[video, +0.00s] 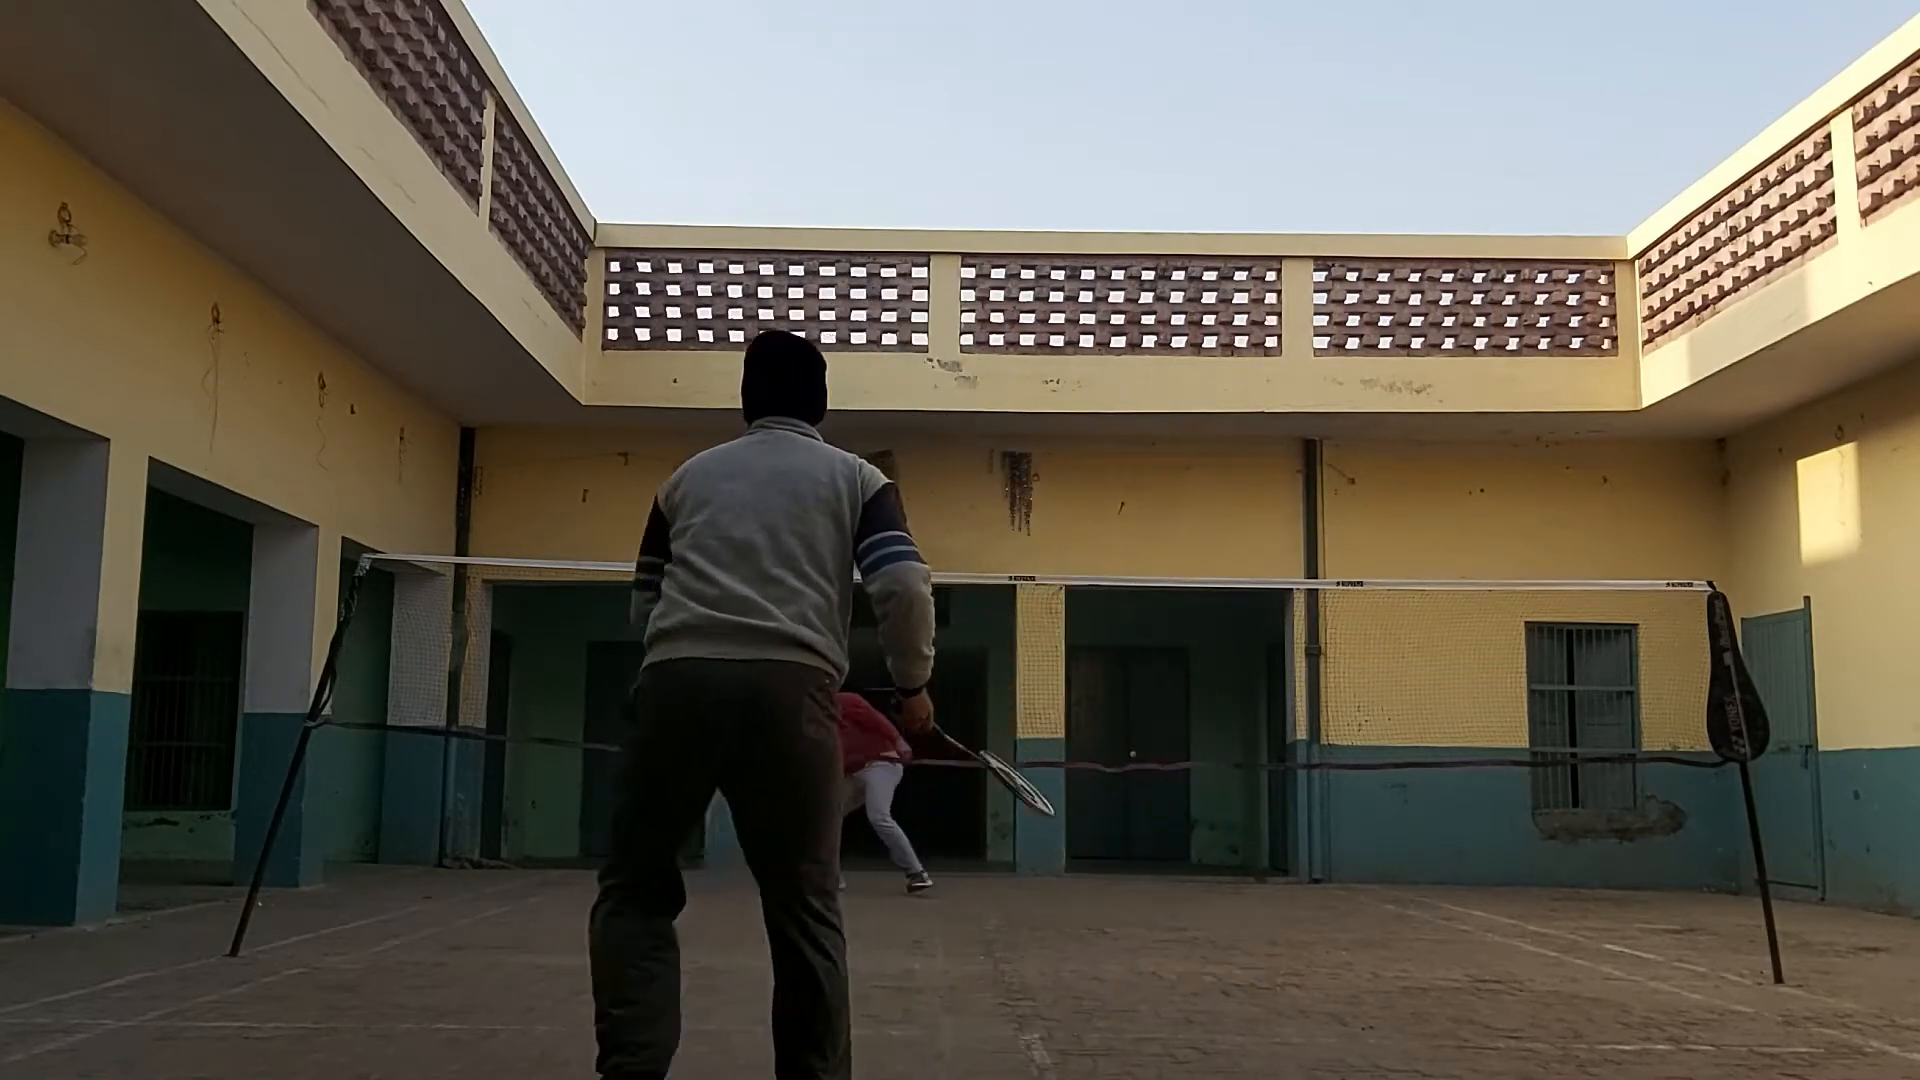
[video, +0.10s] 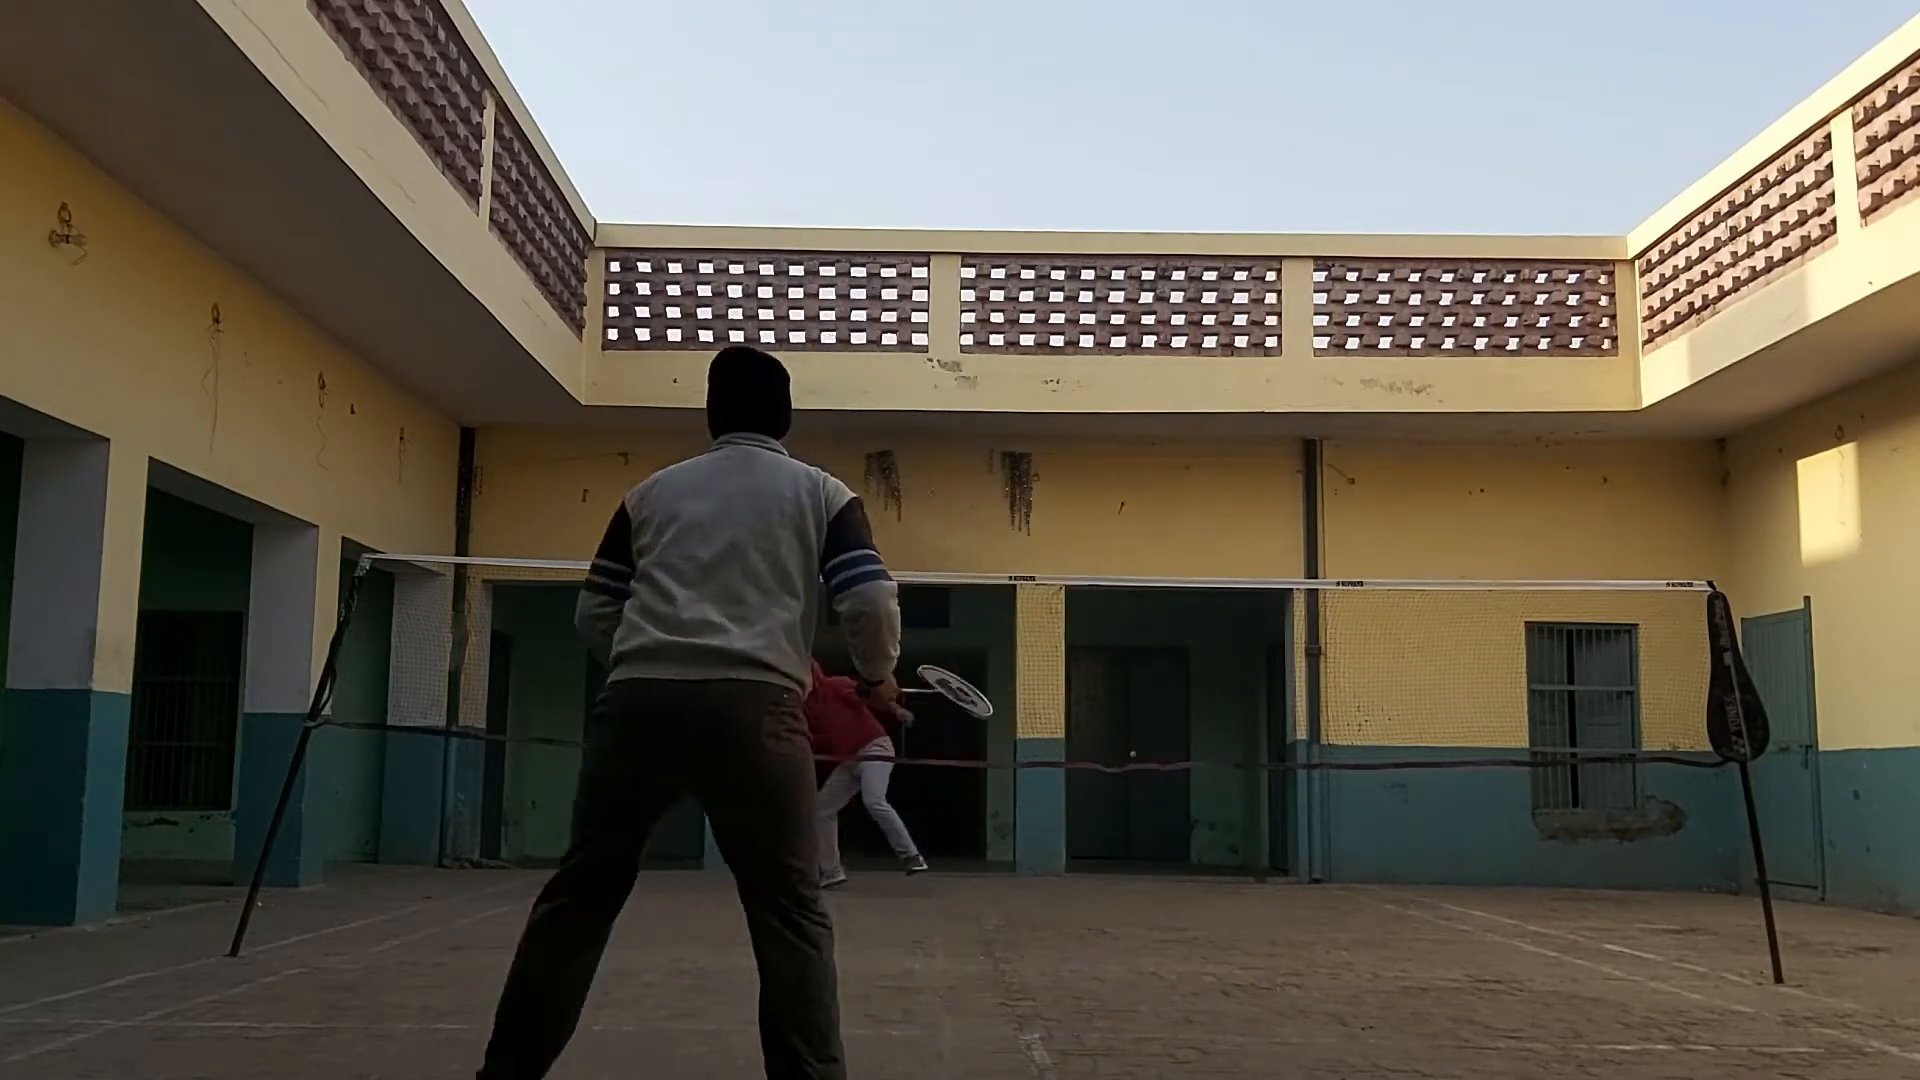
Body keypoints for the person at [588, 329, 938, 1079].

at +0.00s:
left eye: (751, 394)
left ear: (743, 403)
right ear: (821, 404)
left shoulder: (688, 476)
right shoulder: (857, 477)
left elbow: (648, 604)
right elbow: (904, 585)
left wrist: (692, 666)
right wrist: (914, 689)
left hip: (674, 687)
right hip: (789, 691)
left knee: (636, 890)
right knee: (805, 904)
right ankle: (815, 1072)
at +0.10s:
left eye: (717, 409)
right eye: (780, 411)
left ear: (710, 416)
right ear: (787, 417)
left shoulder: (649, 492)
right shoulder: (821, 492)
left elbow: (596, 611)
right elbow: (872, 605)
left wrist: (645, 671)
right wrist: (877, 676)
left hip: (639, 704)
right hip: (755, 711)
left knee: (585, 886)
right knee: (790, 907)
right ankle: (811, 1073)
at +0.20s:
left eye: (675, 427)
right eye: (740, 433)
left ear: (668, 438)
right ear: (745, 440)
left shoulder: (611, 519)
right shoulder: (763, 521)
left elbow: (549, 626)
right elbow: (818, 639)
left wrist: (632, 630)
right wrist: (857, 630)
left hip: (599, 738)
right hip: (713, 746)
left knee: (546, 907)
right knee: (777, 933)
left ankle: (463, 1068)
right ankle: (796, 1074)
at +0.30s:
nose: (692, 456)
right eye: (692, 446)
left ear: (617, 450)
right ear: (688, 451)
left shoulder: (565, 536)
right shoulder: (687, 523)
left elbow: (523, 637)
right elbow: (737, 613)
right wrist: (818, 571)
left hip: (557, 751)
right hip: (666, 754)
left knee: (545, 907)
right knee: (739, 928)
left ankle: (466, 1064)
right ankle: (785, 1070)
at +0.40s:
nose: (658, 467)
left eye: (657, 458)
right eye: (659, 453)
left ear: (587, 437)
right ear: (649, 449)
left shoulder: (543, 513)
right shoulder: (608, 493)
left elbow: (502, 610)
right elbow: (601, 572)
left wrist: (623, 661)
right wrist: (706, 504)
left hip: (519, 731)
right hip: (605, 732)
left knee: (542, 910)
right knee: (695, 909)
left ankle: (468, 1064)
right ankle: (767, 1067)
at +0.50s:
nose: (637, 451)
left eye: (640, 435)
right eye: (636, 433)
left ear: (582, 420)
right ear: (607, 426)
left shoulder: (579, 489)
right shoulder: (537, 464)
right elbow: (450, 537)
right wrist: (526, 499)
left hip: (502, 704)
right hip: (549, 698)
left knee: (523, 902)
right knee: (623, 901)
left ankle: (464, 1062)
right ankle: (676, 1064)